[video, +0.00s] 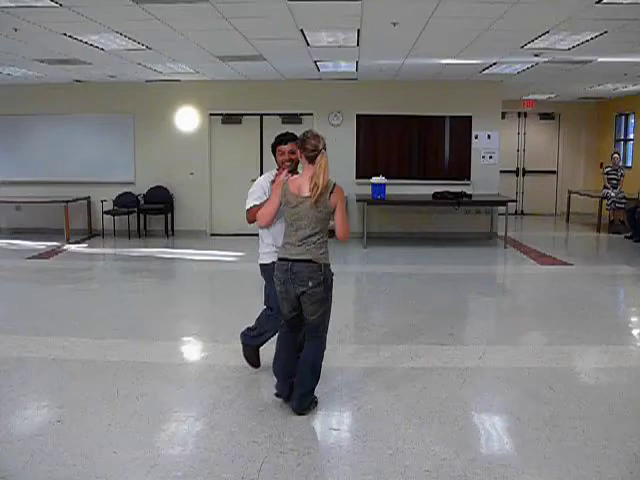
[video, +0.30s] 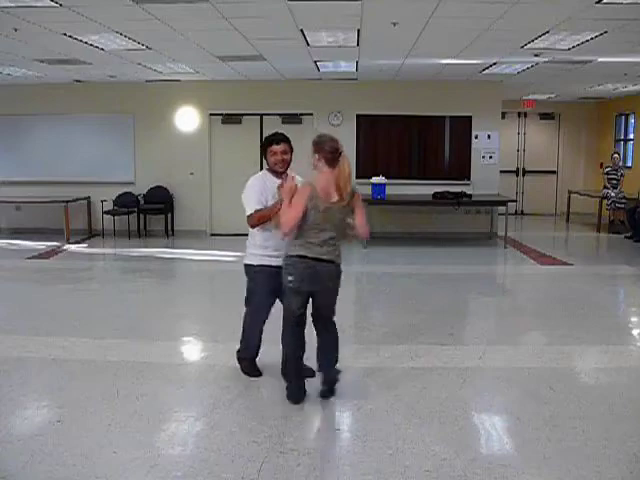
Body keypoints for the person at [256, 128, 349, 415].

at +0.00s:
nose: (295, 157)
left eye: (296, 153)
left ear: (299, 155)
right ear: (324, 155)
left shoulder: (284, 184)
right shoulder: (334, 191)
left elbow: (264, 220)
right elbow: (342, 235)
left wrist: (276, 189)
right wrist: (331, 214)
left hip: (284, 265)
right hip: (315, 268)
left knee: (291, 327)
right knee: (315, 333)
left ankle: (284, 386)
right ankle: (302, 399)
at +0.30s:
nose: (312, 161)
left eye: (313, 157)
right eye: (315, 157)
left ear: (317, 158)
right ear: (339, 157)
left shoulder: (308, 189)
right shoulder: (352, 193)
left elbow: (286, 226)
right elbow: (362, 231)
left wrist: (286, 197)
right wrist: (341, 222)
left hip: (298, 265)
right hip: (330, 268)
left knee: (293, 323)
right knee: (325, 319)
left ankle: (295, 388)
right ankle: (328, 378)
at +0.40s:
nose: (320, 157)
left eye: (322, 153)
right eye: (321, 153)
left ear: (330, 157)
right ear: (343, 157)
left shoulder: (325, 192)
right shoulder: (357, 191)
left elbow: (315, 231)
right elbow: (368, 223)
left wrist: (294, 222)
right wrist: (341, 218)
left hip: (316, 266)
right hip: (338, 267)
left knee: (299, 327)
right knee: (319, 318)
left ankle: (297, 389)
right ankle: (350, 365)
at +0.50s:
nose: (329, 154)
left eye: (332, 150)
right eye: (331, 149)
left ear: (342, 154)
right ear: (349, 154)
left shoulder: (344, 190)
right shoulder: (358, 186)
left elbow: (343, 232)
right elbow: (368, 225)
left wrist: (309, 229)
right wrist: (328, 213)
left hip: (335, 265)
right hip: (347, 262)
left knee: (317, 322)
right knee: (327, 317)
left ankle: (309, 385)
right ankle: (355, 368)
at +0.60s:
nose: (339, 152)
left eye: (343, 147)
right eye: (341, 146)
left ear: (356, 152)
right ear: (356, 152)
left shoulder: (366, 187)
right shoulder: (357, 184)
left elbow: (370, 228)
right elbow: (352, 214)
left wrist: (335, 228)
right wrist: (327, 198)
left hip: (356, 265)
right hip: (347, 262)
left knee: (335, 320)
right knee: (340, 317)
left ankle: (349, 381)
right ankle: (359, 369)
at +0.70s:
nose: (350, 150)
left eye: (355, 146)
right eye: (352, 145)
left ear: (370, 150)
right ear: (365, 150)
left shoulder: (385, 184)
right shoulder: (358, 180)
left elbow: (387, 226)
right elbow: (337, 209)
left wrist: (358, 214)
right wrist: (315, 190)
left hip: (373, 263)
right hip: (351, 260)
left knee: (359, 321)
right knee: (349, 321)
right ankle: (360, 374)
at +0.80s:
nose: (364, 154)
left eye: (369, 149)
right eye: (363, 150)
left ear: (385, 153)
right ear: (366, 154)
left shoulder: (400, 184)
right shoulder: (365, 183)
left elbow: (389, 223)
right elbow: (343, 215)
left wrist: (369, 199)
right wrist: (318, 201)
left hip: (389, 266)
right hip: (363, 263)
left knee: (389, 324)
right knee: (352, 320)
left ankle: (417, 364)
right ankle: (360, 375)